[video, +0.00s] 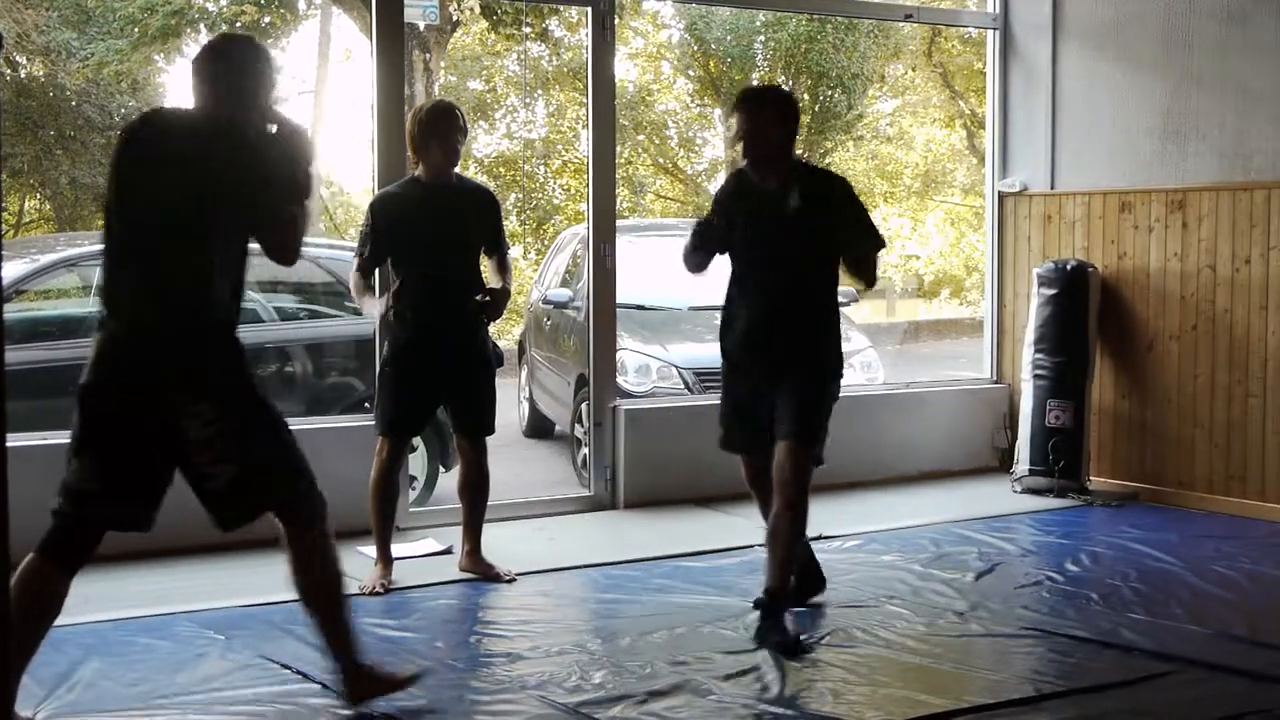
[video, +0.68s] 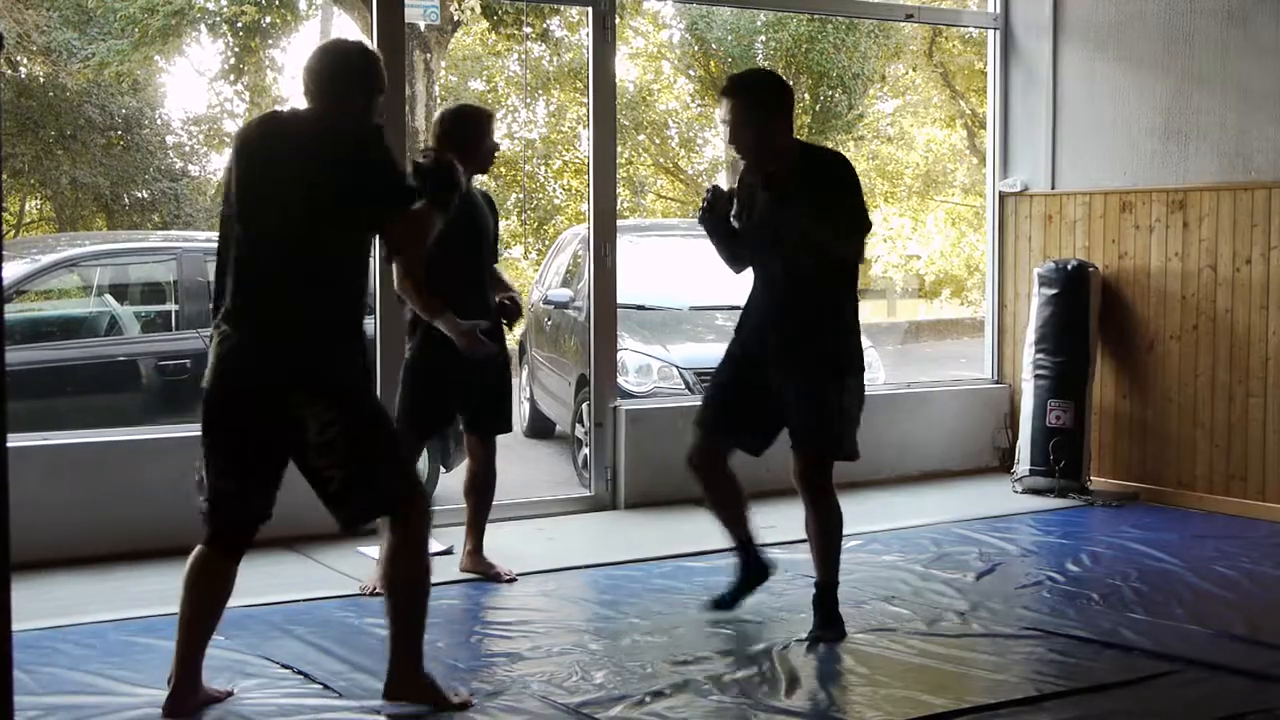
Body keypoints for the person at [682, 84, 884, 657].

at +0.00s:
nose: (747, 140)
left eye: (758, 129)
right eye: (742, 130)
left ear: (789, 130)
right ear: (737, 133)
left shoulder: (830, 190)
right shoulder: (736, 191)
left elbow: (866, 273)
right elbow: (694, 261)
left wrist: (839, 234)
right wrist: (714, 224)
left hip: (808, 347)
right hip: (747, 348)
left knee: (791, 473)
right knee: (759, 477)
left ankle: (772, 613)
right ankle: (805, 569)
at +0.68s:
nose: (730, 138)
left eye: (737, 125)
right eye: (728, 126)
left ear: (773, 120)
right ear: (745, 124)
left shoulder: (830, 169)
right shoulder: (753, 182)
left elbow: (848, 251)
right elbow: (740, 260)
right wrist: (716, 216)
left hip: (822, 346)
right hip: (762, 341)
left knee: (813, 476)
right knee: (706, 457)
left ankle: (826, 604)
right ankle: (751, 560)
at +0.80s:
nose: (727, 131)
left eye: (735, 117)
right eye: (726, 118)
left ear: (770, 116)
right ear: (747, 119)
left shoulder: (823, 168)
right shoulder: (730, 182)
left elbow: (823, 257)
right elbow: (726, 252)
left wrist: (749, 205)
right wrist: (732, 186)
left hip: (817, 346)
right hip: (752, 340)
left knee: (812, 476)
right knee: (688, 452)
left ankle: (827, 604)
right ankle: (695, 588)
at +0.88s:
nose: (721, 131)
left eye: (728, 120)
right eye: (720, 121)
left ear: (764, 115)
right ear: (741, 117)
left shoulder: (816, 174)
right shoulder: (729, 182)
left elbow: (835, 275)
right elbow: (712, 249)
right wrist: (718, 191)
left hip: (805, 349)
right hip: (740, 344)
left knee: (810, 480)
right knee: (681, 459)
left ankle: (826, 609)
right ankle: (654, 603)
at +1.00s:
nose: (702, 139)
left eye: (710, 127)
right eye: (700, 128)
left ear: (747, 119)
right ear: (710, 126)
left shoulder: (797, 174)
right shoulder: (715, 185)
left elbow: (817, 267)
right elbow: (683, 253)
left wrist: (750, 216)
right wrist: (675, 204)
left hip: (783, 354)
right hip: (718, 352)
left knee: (797, 484)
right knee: (667, 478)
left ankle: (821, 609)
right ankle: (635, 621)